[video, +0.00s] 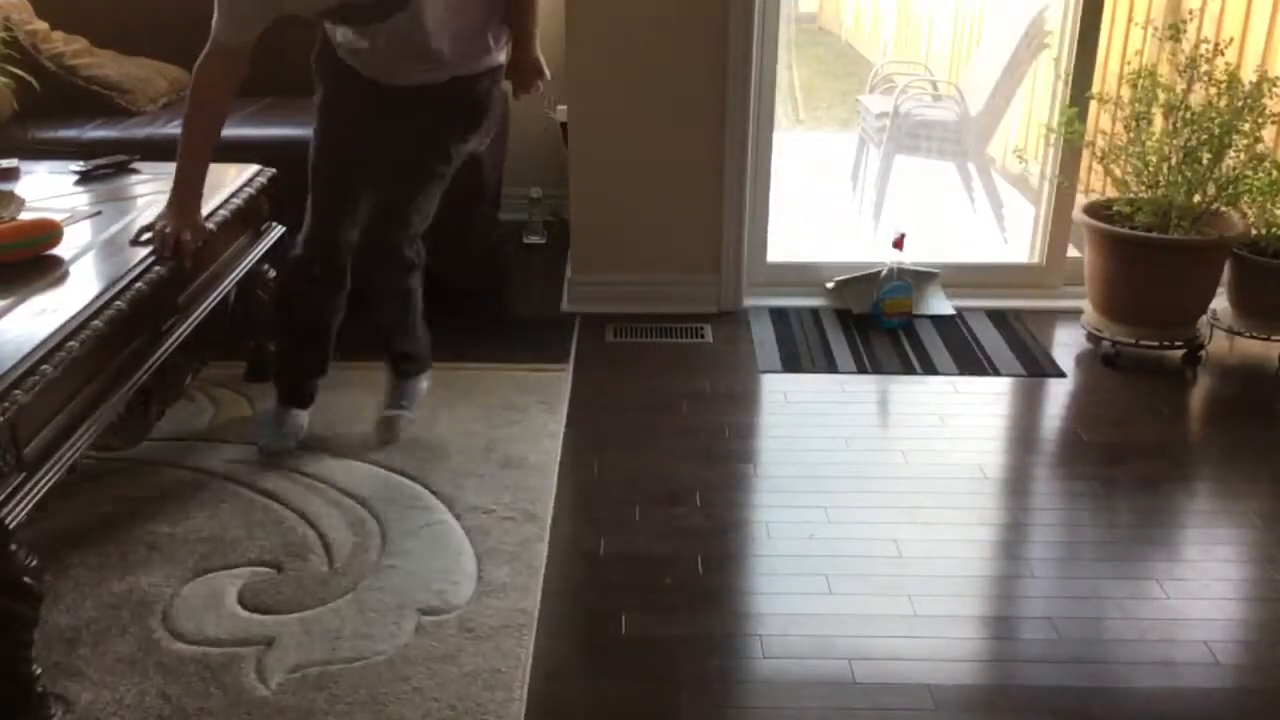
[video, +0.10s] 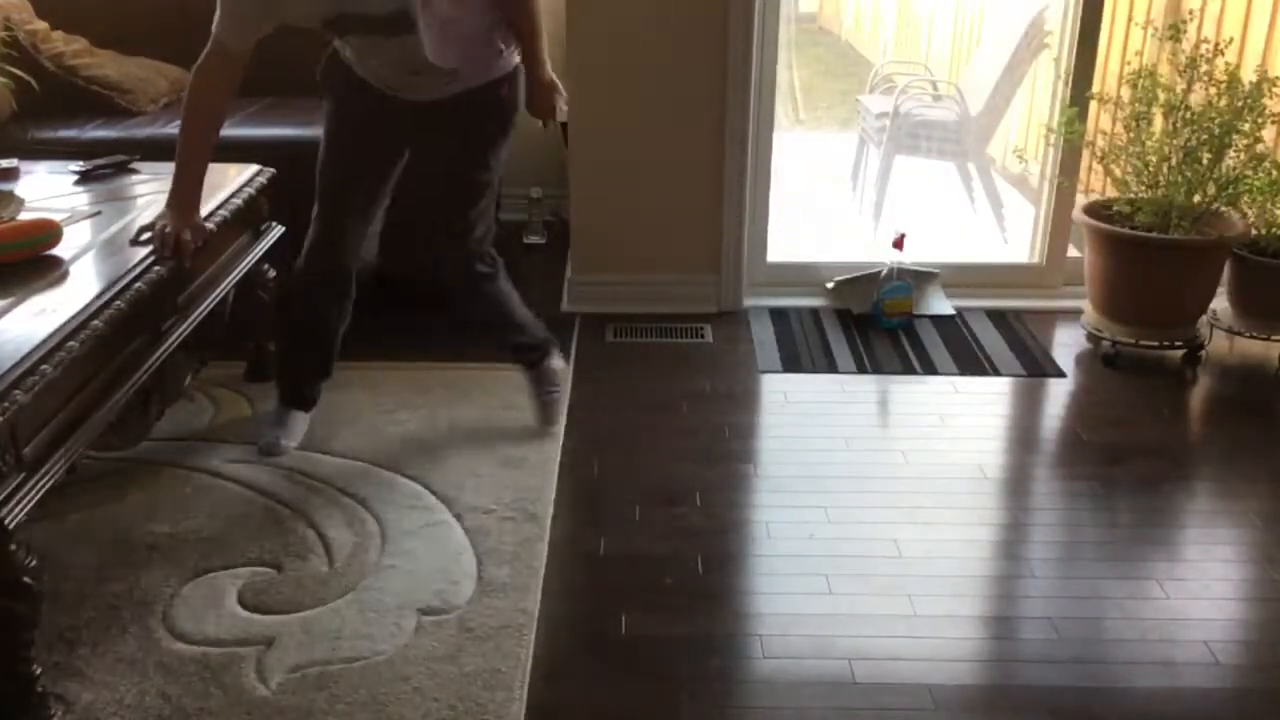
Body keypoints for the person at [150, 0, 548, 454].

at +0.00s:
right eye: (335, 23)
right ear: (326, 14)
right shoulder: (255, 3)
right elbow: (222, 60)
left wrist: (526, 49)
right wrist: (184, 200)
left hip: (458, 70)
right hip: (356, 64)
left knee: (391, 238)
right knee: (324, 240)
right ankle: (293, 401)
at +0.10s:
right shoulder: (248, 7)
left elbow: (515, 7)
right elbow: (217, 68)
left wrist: (539, 72)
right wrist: (183, 200)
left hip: (476, 76)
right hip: (369, 75)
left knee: (453, 246)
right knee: (331, 248)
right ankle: (294, 403)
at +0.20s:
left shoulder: (491, 3)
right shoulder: (287, 8)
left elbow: (561, 23)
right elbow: (231, 78)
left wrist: (600, 121)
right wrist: (186, 201)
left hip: (506, 101)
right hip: (384, 103)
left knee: (558, 261)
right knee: (340, 270)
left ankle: (634, 387)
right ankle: (295, 406)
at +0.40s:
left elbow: (818, 2)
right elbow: (356, 16)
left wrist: (830, 113)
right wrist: (260, 114)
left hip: (649, 105)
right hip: (541, 103)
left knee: (667, 269)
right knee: (458, 260)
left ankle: (668, 412)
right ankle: (326, 397)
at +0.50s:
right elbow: (442, 13)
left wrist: (926, 30)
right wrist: (330, 113)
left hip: (736, 86)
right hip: (635, 66)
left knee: (703, 259)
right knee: (586, 244)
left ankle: (671, 410)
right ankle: (485, 380)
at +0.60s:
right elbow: (549, 27)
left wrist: (926, 27)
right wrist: (482, 156)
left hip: (827, 65)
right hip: (726, 55)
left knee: (771, 255)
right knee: (724, 245)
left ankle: (707, 388)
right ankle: (676, 405)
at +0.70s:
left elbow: (1000, 1)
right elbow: (701, 54)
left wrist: (953, 87)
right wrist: (689, 219)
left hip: (917, 71)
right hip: (813, 70)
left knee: (907, 259)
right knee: (841, 265)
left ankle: (881, 356)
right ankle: (816, 449)